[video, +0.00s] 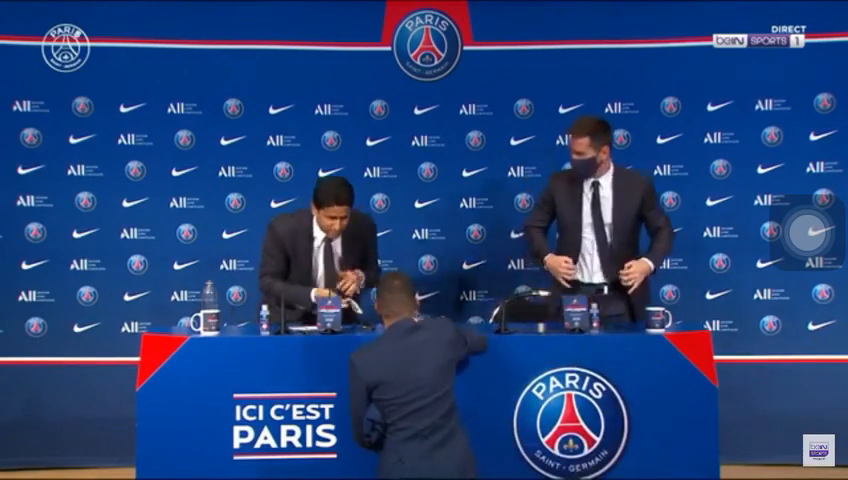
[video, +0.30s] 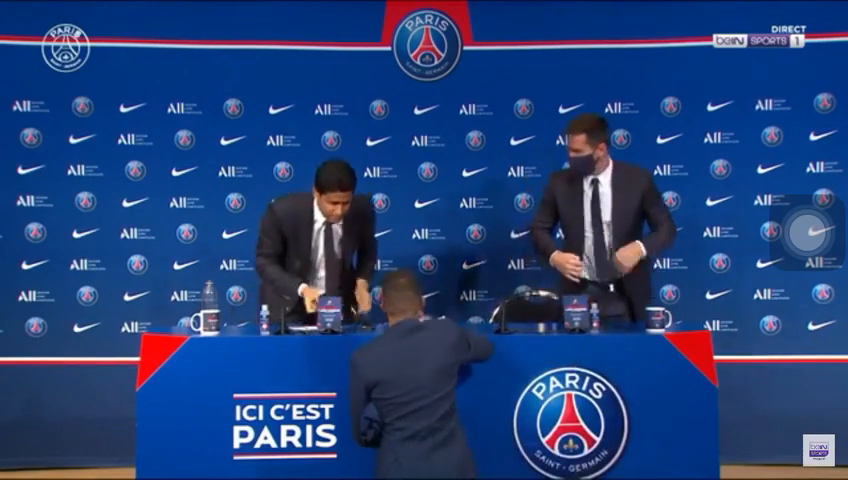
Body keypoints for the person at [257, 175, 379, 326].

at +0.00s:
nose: (337, 226)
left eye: (343, 218)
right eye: (331, 218)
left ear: (350, 212)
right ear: (315, 210)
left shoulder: (363, 226)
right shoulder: (283, 229)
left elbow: (373, 272)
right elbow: (268, 282)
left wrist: (361, 278)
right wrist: (312, 295)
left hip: (346, 326)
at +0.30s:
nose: (339, 211)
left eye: (345, 203)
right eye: (333, 203)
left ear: (352, 196)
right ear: (316, 194)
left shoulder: (361, 209)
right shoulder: (283, 212)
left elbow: (368, 251)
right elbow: (265, 262)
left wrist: (362, 282)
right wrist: (301, 289)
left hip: (339, 310)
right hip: (291, 312)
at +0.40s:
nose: (340, 208)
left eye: (346, 201)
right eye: (334, 201)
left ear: (352, 193)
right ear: (316, 191)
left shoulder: (361, 206)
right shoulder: (281, 207)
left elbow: (366, 254)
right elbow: (264, 259)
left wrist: (358, 295)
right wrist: (296, 288)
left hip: (336, 299)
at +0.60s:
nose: (339, 204)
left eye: (345, 196)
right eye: (332, 197)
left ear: (351, 188)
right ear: (315, 186)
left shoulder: (360, 204)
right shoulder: (280, 203)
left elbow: (359, 255)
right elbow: (262, 255)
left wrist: (347, 297)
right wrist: (291, 289)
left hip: (331, 292)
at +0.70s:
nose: (338, 201)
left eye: (344, 194)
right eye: (332, 194)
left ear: (350, 186)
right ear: (314, 183)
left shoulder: (357, 203)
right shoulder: (277, 202)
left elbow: (358, 255)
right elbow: (260, 254)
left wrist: (346, 299)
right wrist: (289, 289)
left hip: (330, 292)